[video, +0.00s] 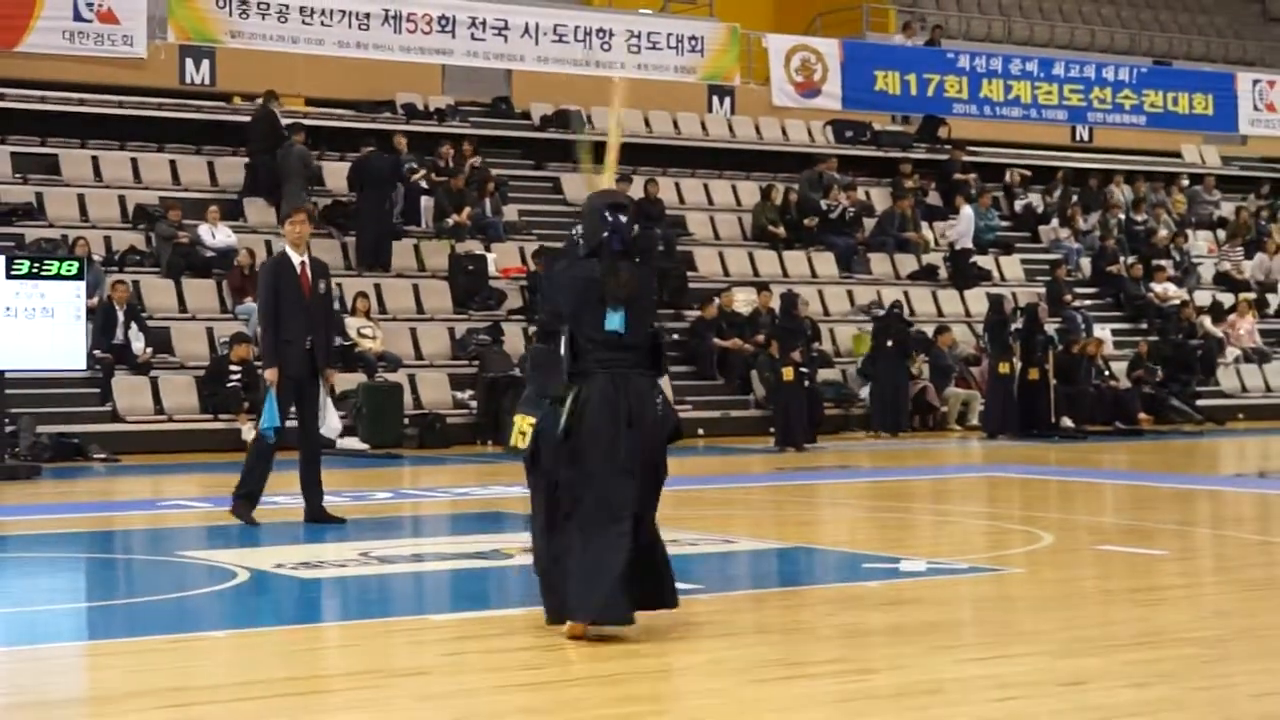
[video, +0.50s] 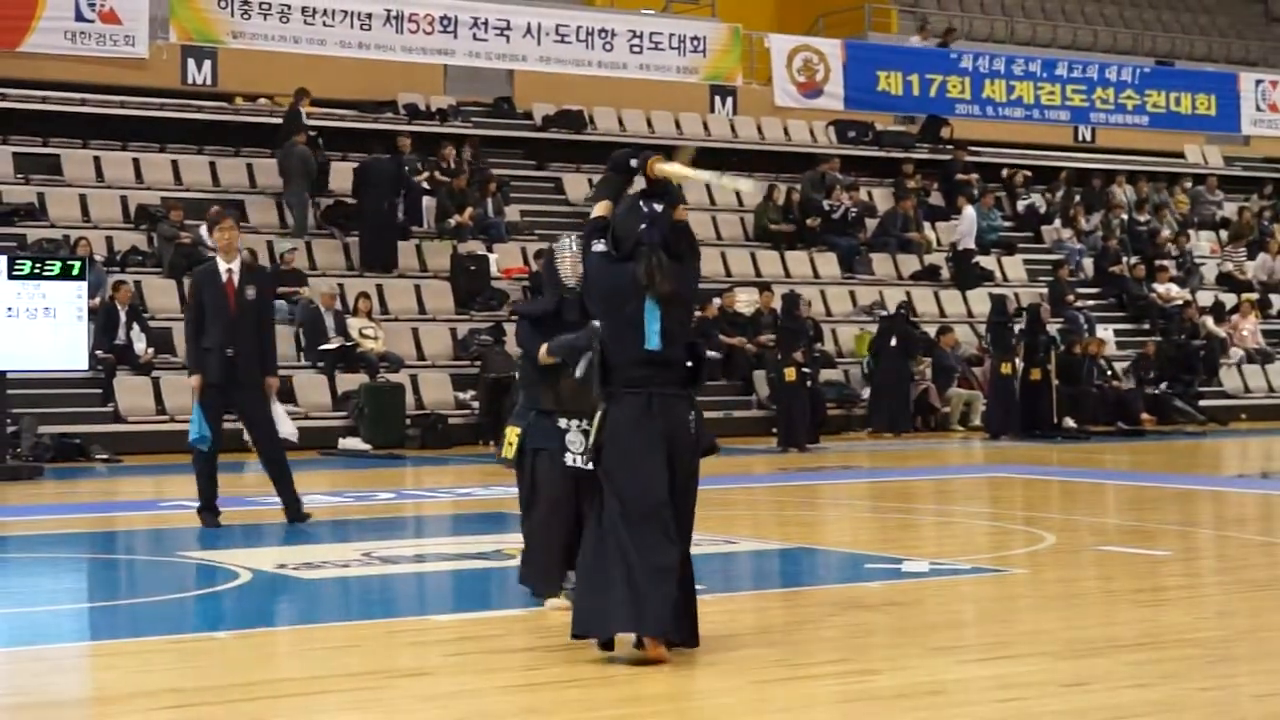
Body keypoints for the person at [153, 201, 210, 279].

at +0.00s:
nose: (176, 214)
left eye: (178, 211)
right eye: (173, 211)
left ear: (181, 213)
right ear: (167, 214)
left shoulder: (184, 227)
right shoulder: (161, 225)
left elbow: (197, 239)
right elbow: (167, 234)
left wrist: (188, 239)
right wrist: (184, 234)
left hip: (189, 254)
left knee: (204, 264)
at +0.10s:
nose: (177, 215)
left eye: (179, 213)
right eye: (174, 213)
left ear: (183, 215)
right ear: (168, 215)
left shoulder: (186, 227)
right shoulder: (162, 226)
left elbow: (198, 239)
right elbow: (169, 234)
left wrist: (188, 240)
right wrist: (187, 235)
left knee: (206, 264)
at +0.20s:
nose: (179, 214)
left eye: (181, 212)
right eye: (176, 212)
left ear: (184, 214)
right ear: (170, 214)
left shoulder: (188, 228)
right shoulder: (163, 226)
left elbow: (199, 240)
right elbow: (170, 234)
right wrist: (189, 235)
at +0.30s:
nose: (179, 214)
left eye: (181, 212)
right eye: (175, 212)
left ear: (184, 214)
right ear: (169, 214)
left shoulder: (187, 227)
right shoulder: (163, 226)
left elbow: (199, 239)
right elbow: (170, 234)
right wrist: (189, 235)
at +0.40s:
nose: (178, 217)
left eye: (180, 214)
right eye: (175, 214)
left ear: (183, 215)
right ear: (169, 215)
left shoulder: (187, 227)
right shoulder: (163, 226)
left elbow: (199, 239)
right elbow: (170, 234)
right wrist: (188, 235)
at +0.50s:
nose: (178, 214)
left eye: (180, 211)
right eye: (175, 212)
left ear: (183, 214)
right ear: (168, 214)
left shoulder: (186, 227)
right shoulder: (163, 226)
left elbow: (198, 239)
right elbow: (170, 234)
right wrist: (189, 235)